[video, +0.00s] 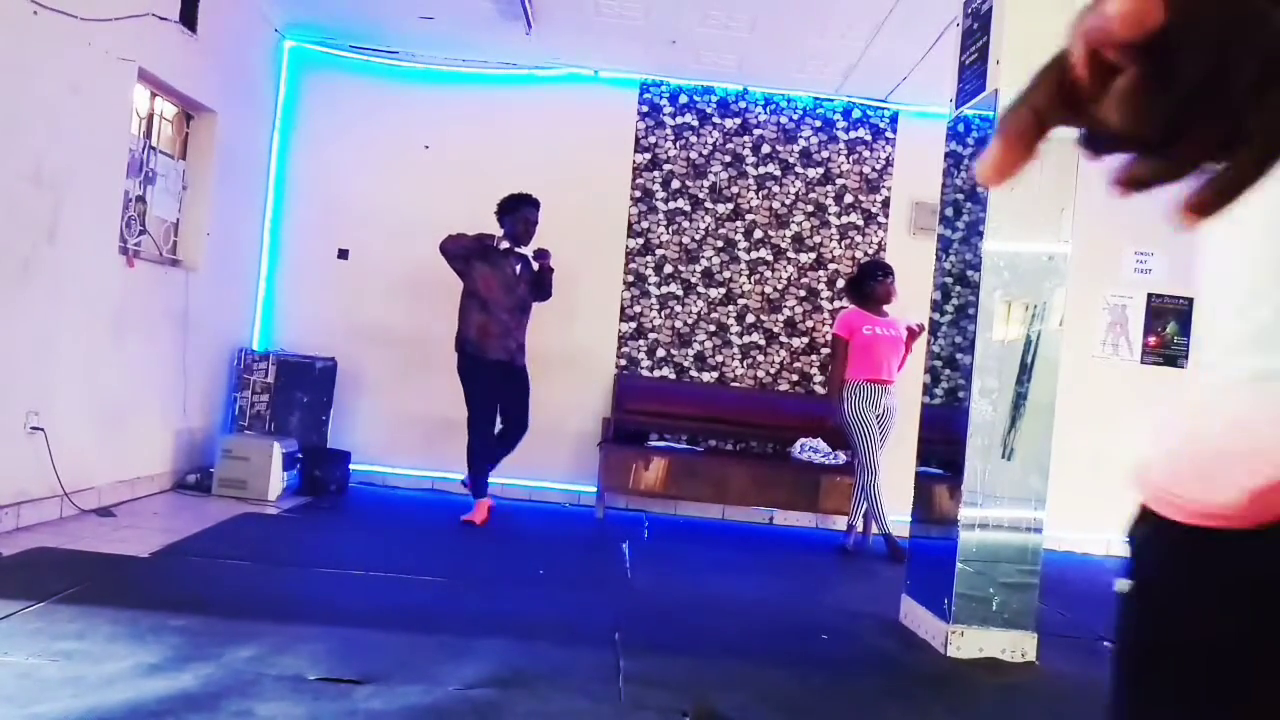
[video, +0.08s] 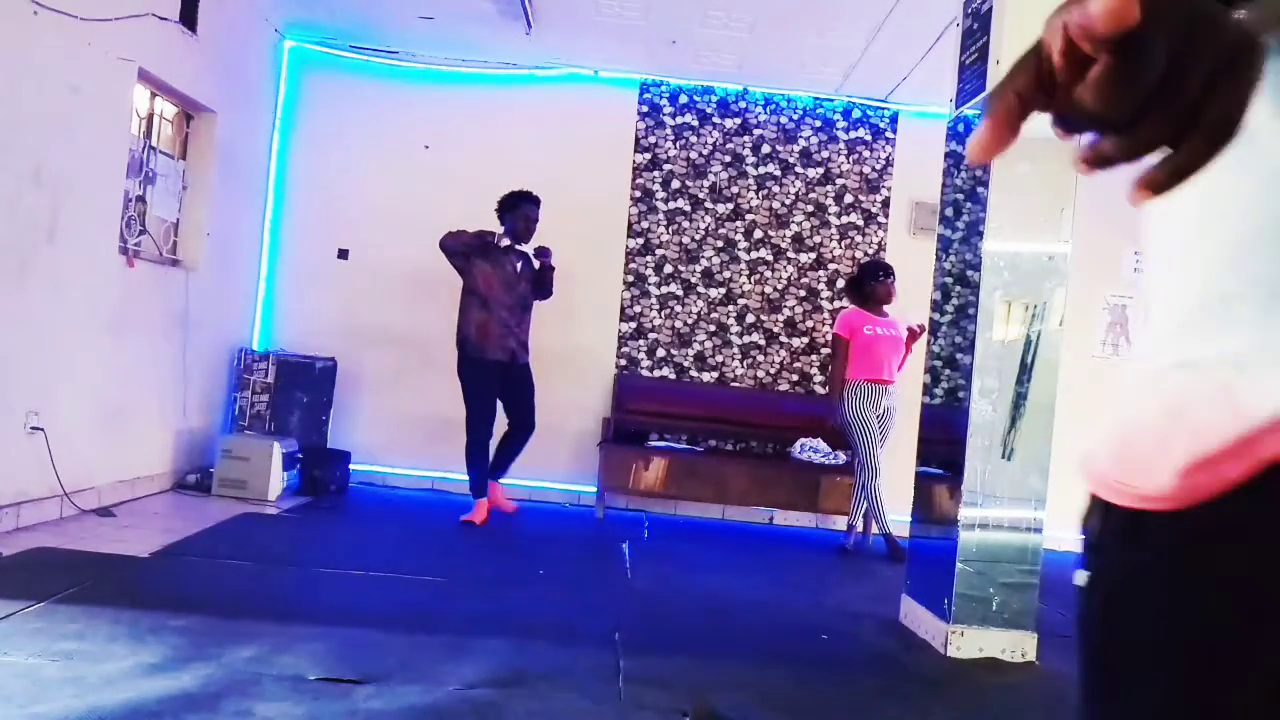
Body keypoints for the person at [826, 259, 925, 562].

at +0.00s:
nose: (894, 287)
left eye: (894, 281)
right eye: (888, 281)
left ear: (881, 287)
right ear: (871, 285)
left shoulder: (896, 325)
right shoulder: (849, 317)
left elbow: (894, 369)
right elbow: (838, 364)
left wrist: (910, 342)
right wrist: (834, 403)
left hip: (887, 397)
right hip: (857, 394)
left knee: (869, 465)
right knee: (870, 463)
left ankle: (853, 532)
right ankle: (888, 535)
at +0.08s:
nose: (893, 286)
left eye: (893, 280)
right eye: (887, 280)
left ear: (889, 286)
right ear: (870, 285)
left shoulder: (895, 325)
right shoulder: (850, 316)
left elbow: (894, 369)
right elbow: (838, 364)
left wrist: (910, 343)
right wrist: (834, 406)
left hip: (887, 397)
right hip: (857, 394)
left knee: (869, 463)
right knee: (870, 461)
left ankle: (854, 532)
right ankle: (888, 535)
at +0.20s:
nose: (895, 287)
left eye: (894, 281)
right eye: (888, 281)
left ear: (883, 287)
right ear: (871, 286)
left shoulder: (894, 325)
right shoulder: (850, 316)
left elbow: (894, 368)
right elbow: (838, 364)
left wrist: (910, 343)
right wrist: (835, 404)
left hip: (887, 397)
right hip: (857, 394)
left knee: (870, 464)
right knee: (870, 462)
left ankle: (854, 533)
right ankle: (888, 535)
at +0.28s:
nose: (895, 287)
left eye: (894, 281)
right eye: (889, 281)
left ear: (883, 287)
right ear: (871, 286)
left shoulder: (894, 326)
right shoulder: (850, 316)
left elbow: (893, 368)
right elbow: (839, 364)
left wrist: (910, 343)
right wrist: (835, 404)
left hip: (887, 397)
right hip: (857, 394)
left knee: (870, 463)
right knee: (870, 462)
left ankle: (854, 533)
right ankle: (888, 535)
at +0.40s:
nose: (895, 287)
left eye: (894, 281)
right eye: (889, 281)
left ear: (883, 287)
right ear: (871, 286)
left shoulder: (894, 326)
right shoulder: (850, 316)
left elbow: (893, 369)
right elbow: (838, 364)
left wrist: (909, 344)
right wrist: (835, 404)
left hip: (886, 397)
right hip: (857, 393)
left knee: (869, 464)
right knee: (869, 463)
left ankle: (853, 533)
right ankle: (888, 535)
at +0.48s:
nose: (895, 287)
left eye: (894, 281)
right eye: (889, 281)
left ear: (883, 287)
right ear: (872, 286)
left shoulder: (892, 325)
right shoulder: (850, 316)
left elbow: (892, 369)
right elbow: (838, 364)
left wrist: (909, 345)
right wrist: (834, 405)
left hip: (886, 397)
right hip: (856, 394)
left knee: (869, 464)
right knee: (870, 463)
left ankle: (853, 533)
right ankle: (888, 535)